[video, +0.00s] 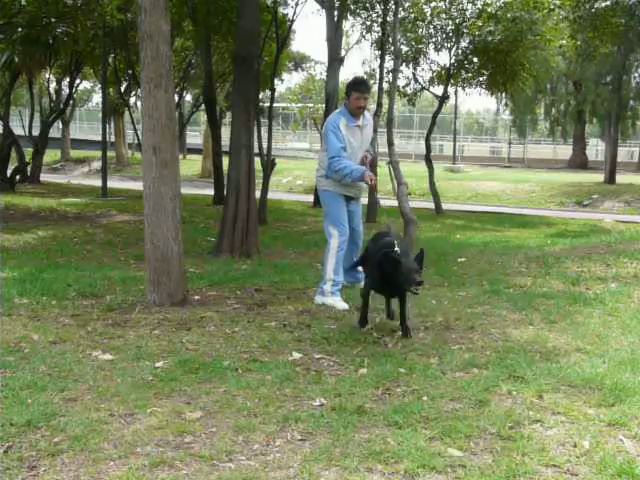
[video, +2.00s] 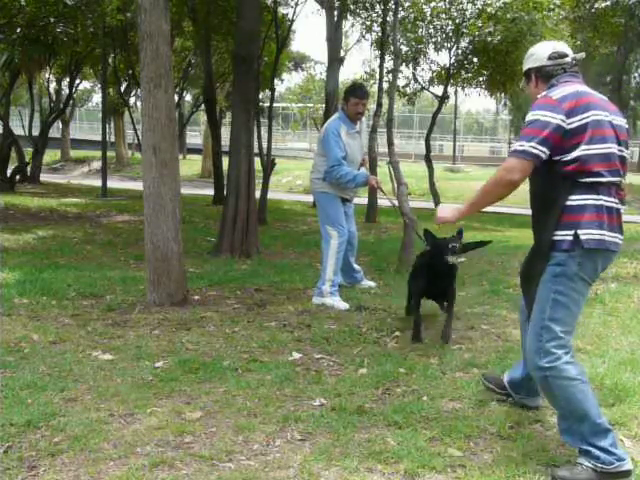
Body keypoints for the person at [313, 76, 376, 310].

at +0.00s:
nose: (362, 103)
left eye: (365, 99)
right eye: (357, 99)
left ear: (368, 100)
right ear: (347, 98)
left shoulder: (367, 120)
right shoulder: (334, 123)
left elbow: (364, 147)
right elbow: (335, 163)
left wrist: (367, 156)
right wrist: (361, 173)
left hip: (353, 186)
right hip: (332, 184)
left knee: (356, 234)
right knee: (339, 234)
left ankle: (351, 273)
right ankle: (328, 291)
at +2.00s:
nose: (360, 109)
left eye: (364, 105)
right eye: (356, 105)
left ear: (366, 105)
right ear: (344, 104)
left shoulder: (358, 126)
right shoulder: (333, 128)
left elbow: (351, 155)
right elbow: (335, 171)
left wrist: (360, 161)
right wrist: (364, 179)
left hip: (344, 189)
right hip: (326, 188)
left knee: (350, 234)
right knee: (337, 234)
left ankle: (351, 275)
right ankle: (326, 291)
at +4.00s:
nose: (362, 118)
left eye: (365, 114)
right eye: (357, 114)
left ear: (369, 113)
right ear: (346, 112)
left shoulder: (370, 130)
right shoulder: (332, 133)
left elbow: (372, 156)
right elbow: (327, 171)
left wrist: (366, 166)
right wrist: (347, 184)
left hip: (349, 191)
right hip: (326, 189)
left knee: (351, 234)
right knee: (336, 233)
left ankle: (348, 286)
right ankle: (328, 292)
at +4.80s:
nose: (360, 120)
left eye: (364, 115)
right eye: (356, 115)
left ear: (368, 114)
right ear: (346, 113)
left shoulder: (366, 131)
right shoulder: (331, 135)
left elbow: (365, 153)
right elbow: (328, 174)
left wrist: (363, 164)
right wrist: (351, 185)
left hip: (345, 191)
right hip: (322, 189)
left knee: (348, 234)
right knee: (334, 233)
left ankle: (352, 279)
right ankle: (327, 292)